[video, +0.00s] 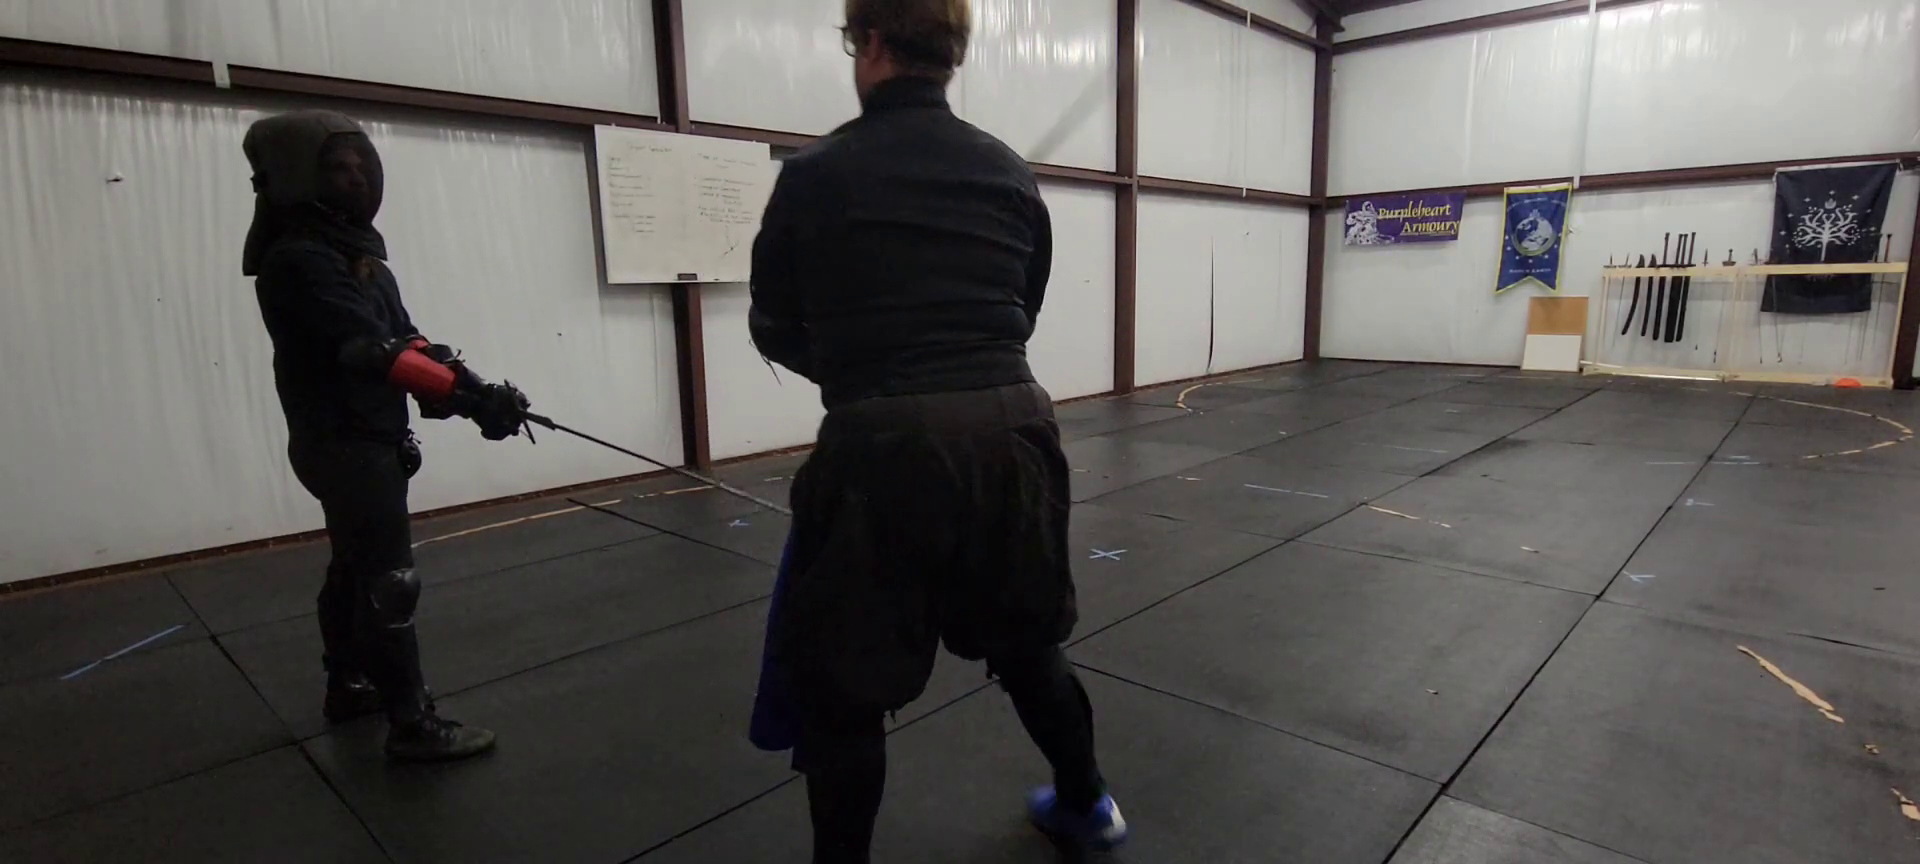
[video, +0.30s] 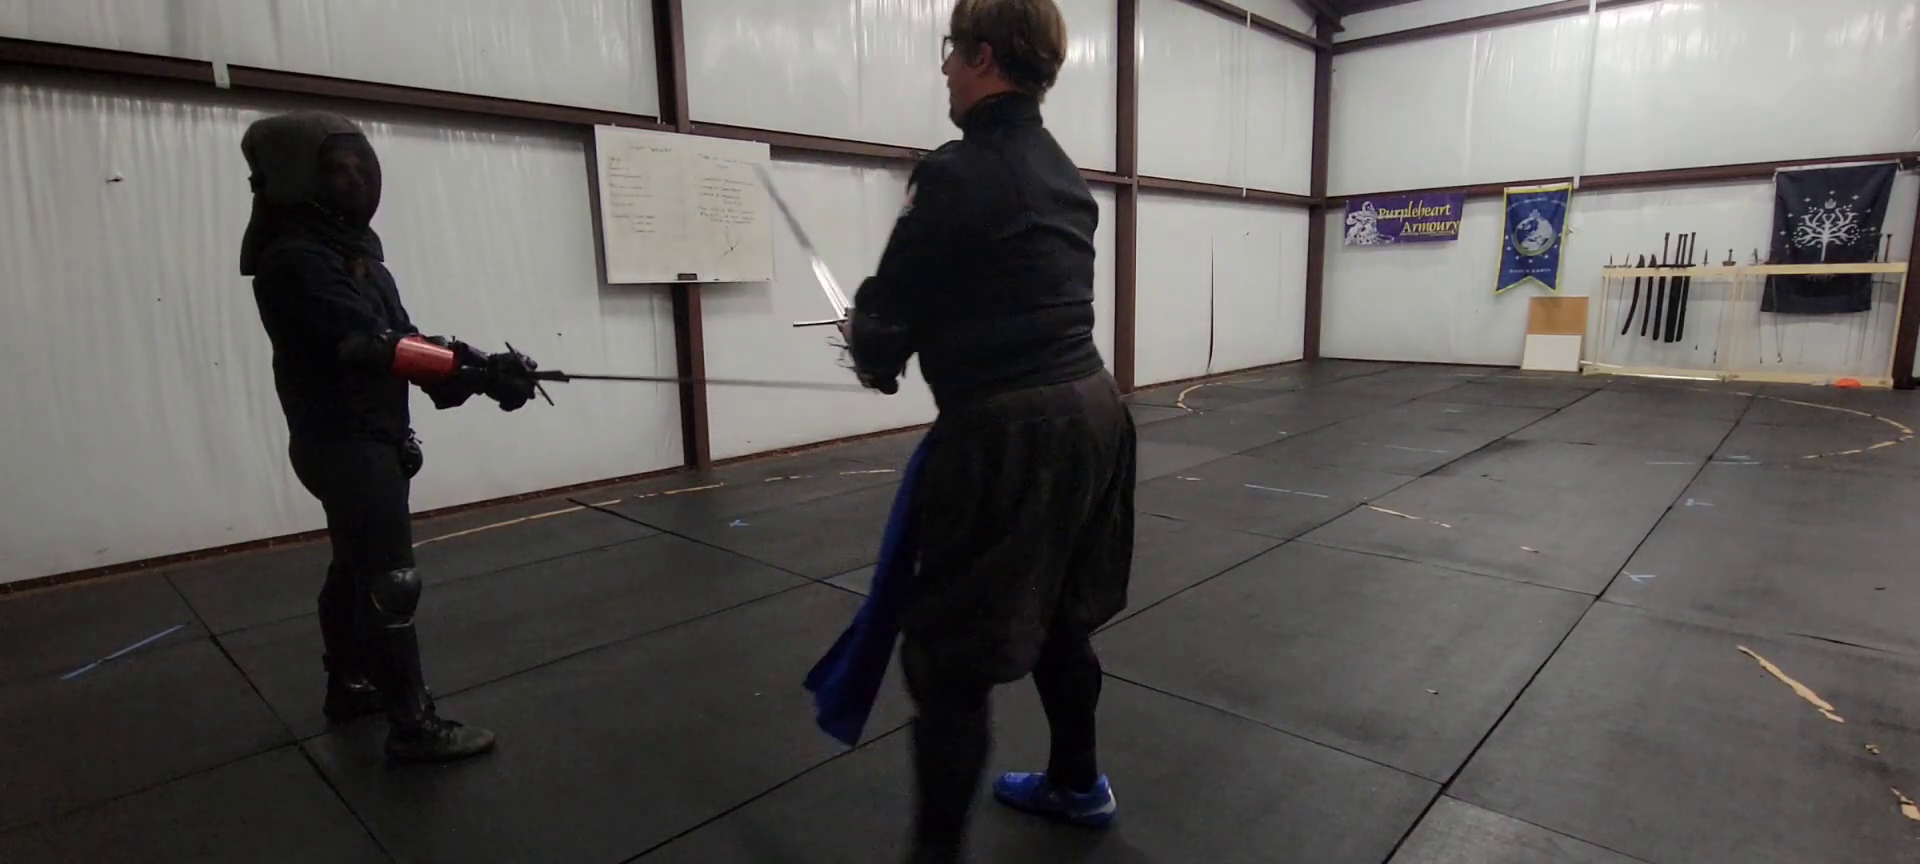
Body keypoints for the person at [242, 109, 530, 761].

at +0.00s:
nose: (362, 180)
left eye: (366, 167)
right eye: (345, 168)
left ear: (372, 174)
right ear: (307, 178)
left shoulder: (354, 247)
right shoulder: (297, 257)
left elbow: (397, 335)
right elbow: (360, 347)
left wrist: (461, 380)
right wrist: (468, 396)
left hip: (371, 439)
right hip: (341, 445)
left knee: (356, 569)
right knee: (390, 581)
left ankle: (349, 688)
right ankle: (411, 722)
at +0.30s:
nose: (363, 180)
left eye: (365, 167)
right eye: (346, 169)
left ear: (370, 174)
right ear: (310, 180)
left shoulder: (351, 245)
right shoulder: (293, 257)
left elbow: (394, 333)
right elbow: (357, 344)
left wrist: (467, 366)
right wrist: (472, 370)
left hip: (373, 439)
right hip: (342, 446)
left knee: (356, 568)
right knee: (391, 581)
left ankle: (349, 687)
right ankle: (410, 723)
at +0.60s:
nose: (357, 183)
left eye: (362, 170)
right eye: (340, 172)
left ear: (369, 177)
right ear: (307, 182)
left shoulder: (351, 245)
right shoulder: (289, 256)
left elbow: (388, 331)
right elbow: (359, 339)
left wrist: (459, 356)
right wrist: (474, 348)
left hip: (376, 438)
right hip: (342, 445)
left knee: (358, 567)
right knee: (392, 581)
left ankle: (349, 687)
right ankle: (411, 723)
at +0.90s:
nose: (352, 183)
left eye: (358, 171)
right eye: (336, 171)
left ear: (366, 179)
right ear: (305, 181)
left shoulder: (352, 247)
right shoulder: (287, 255)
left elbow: (392, 328)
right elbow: (350, 337)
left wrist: (459, 351)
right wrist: (466, 347)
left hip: (378, 436)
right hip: (341, 442)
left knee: (359, 566)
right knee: (392, 579)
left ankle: (349, 687)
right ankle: (411, 722)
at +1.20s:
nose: (348, 182)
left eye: (356, 170)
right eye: (332, 171)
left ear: (368, 181)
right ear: (302, 182)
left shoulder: (354, 247)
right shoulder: (287, 255)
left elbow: (392, 329)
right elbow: (351, 338)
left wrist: (459, 352)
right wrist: (468, 350)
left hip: (380, 437)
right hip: (341, 443)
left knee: (360, 568)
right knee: (392, 580)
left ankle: (349, 686)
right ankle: (411, 724)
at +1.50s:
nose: (355, 181)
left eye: (361, 169)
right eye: (339, 169)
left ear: (371, 179)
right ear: (308, 179)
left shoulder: (350, 245)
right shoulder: (292, 254)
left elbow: (393, 328)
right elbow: (364, 334)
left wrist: (466, 349)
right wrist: (478, 345)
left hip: (376, 439)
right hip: (343, 444)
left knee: (359, 569)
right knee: (392, 582)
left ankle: (349, 688)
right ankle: (411, 723)